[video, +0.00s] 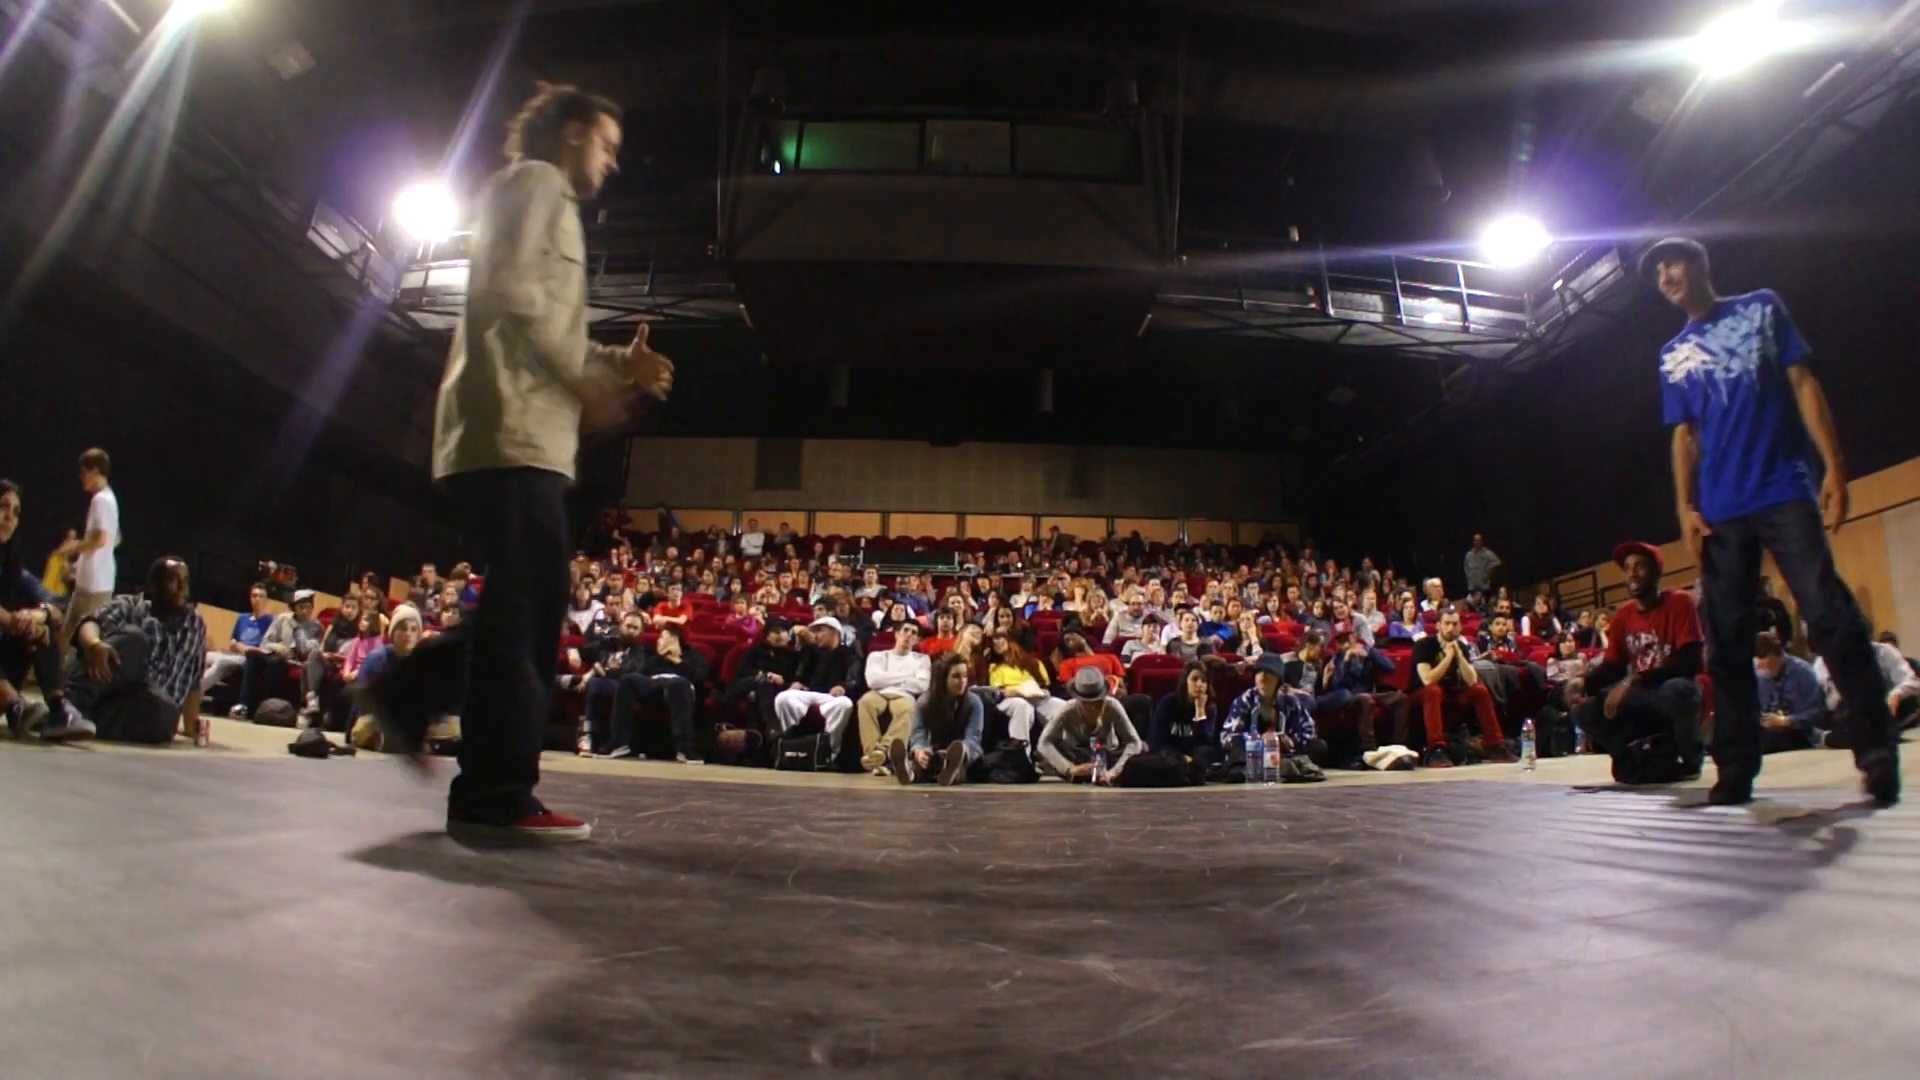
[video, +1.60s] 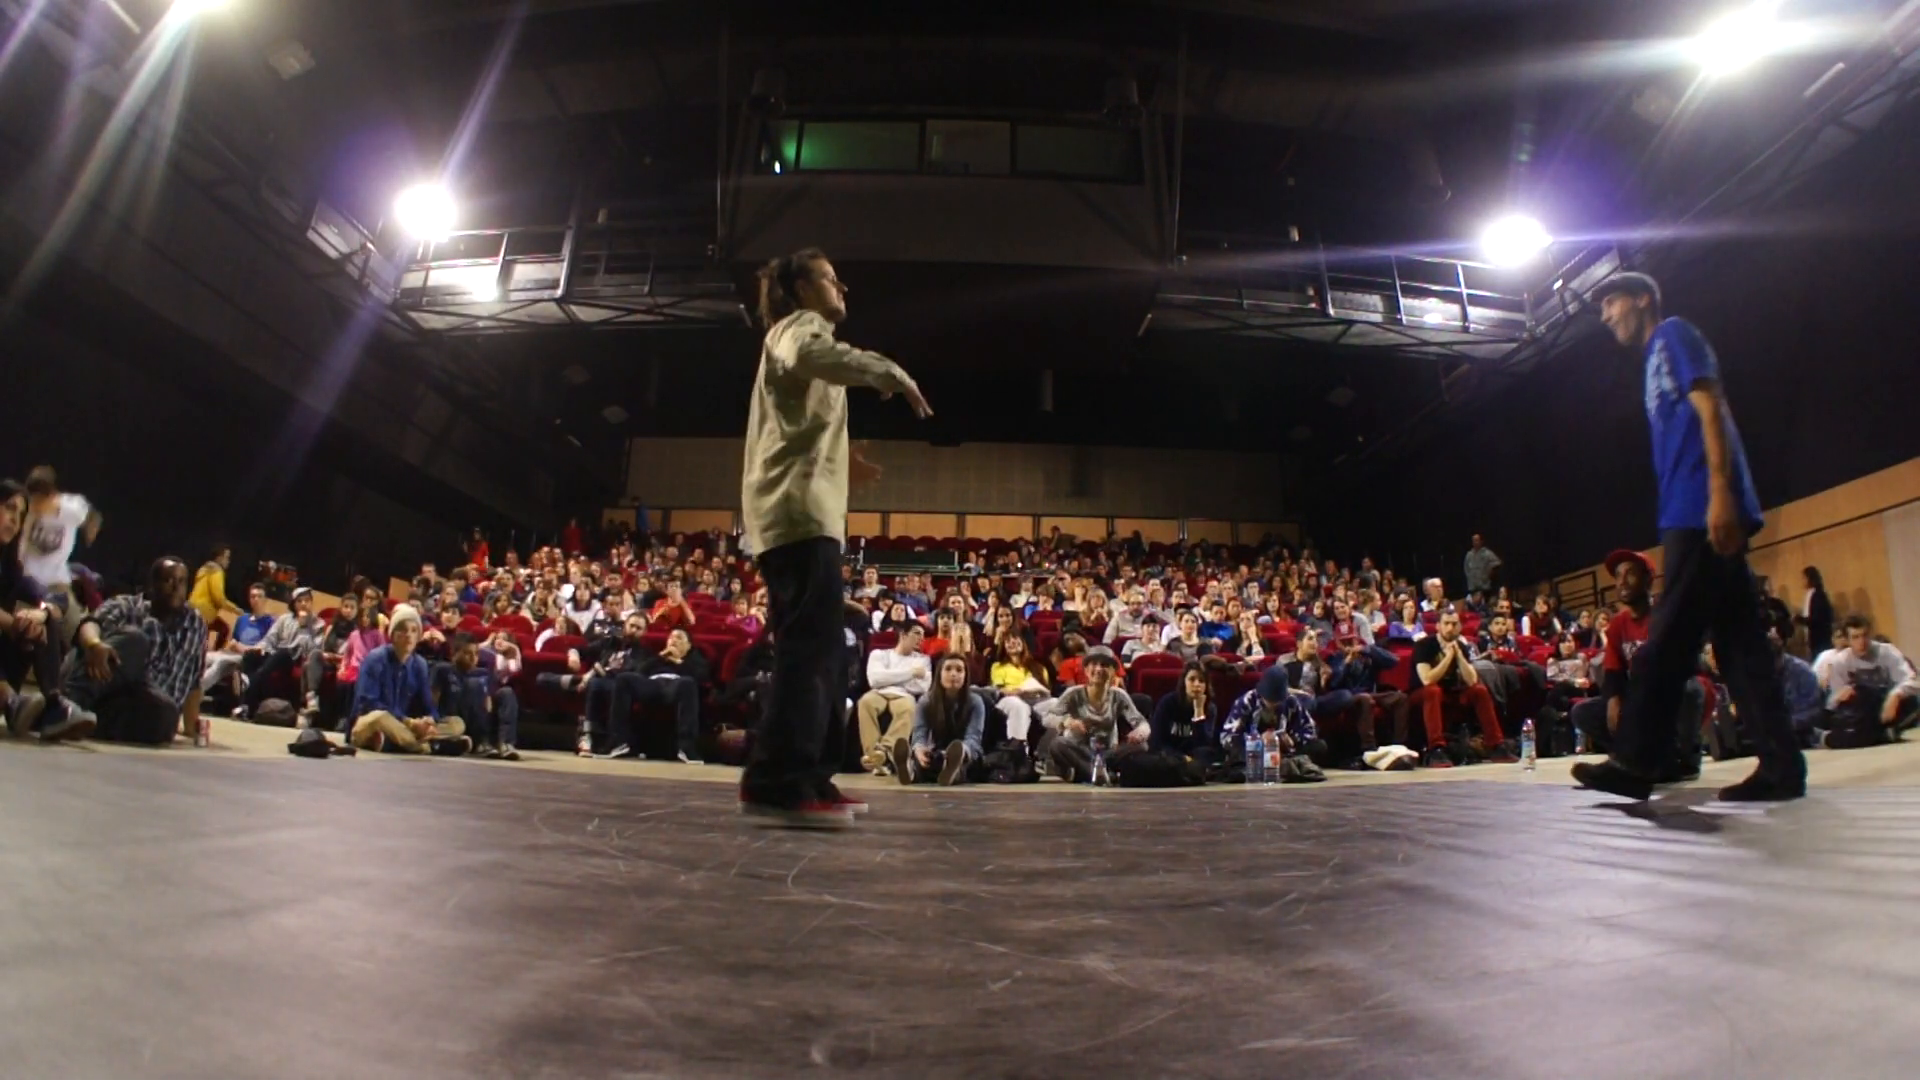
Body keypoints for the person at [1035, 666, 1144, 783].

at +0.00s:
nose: (1092, 707)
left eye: (1097, 702)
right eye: (1086, 703)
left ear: (1104, 696)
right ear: (1077, 699)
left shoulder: (1112, 706)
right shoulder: (1067, 710)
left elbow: (1134, 743)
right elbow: (1043, 744)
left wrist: (1114, 772)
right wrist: (1070, 769)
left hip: (1107, 754)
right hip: (1078, 754)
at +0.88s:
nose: (1094, 700)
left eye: (1100, 695)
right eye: (1089, 694)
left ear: (1106, 691)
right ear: (1081, 691)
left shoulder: (1115, 703)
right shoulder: (1068, 707)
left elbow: (1145, 732)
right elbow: (1042, 739)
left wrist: (1120, 755)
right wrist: (1063, 761)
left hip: (1107, 752)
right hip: (1078, 753)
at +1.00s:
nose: (1094, 687)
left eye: (1099, 682)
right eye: (1088, 681)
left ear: (1107, 684)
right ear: (1080, 682)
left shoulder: (1114, 701)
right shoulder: (1069, 704)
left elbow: (1146, 728)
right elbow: (1042, 735)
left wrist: (1123, 747)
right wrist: (1063, 753)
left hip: (1108, 752)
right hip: (1079, 754)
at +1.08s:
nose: (1095, 680)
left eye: (1101, 675)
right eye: (1090, 674)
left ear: (1108, 679)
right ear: (1081, 677)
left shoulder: (1115, 699)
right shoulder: (1069, 701)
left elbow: (1146, 726)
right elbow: (1043, 731)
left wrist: (1124, 741)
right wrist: (1063, 745)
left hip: (1108, 755)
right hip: (1078, 757)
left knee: (1139, 746)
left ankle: (1083, 776)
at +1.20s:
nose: (1095, 675)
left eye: (1101, 670)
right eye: (1090, 669)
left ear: (1108, 676)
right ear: (1082, 674)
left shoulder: (1116, 697)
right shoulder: (1071, 697)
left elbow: (1146, 723)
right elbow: (1044, 725)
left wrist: (1127, 731)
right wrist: (1066, 731)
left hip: (1109, 749)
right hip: (1080, 748)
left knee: (1139, 747)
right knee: (1057, 745)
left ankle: (1084, 775)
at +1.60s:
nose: (1098, 669)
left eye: (1104, 665)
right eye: (1094, 664)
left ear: (1113, 672)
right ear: (1086, 670)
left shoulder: (1119, 695)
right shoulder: (1073, 694)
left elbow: (1141, 723)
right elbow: (1047, 717)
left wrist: (1140, 731)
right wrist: (1068, 722)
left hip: (1109, 751)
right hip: (1080, 751)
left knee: (1139, 746)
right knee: (1057, 745)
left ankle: (1083, 774)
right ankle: (1099, 774)